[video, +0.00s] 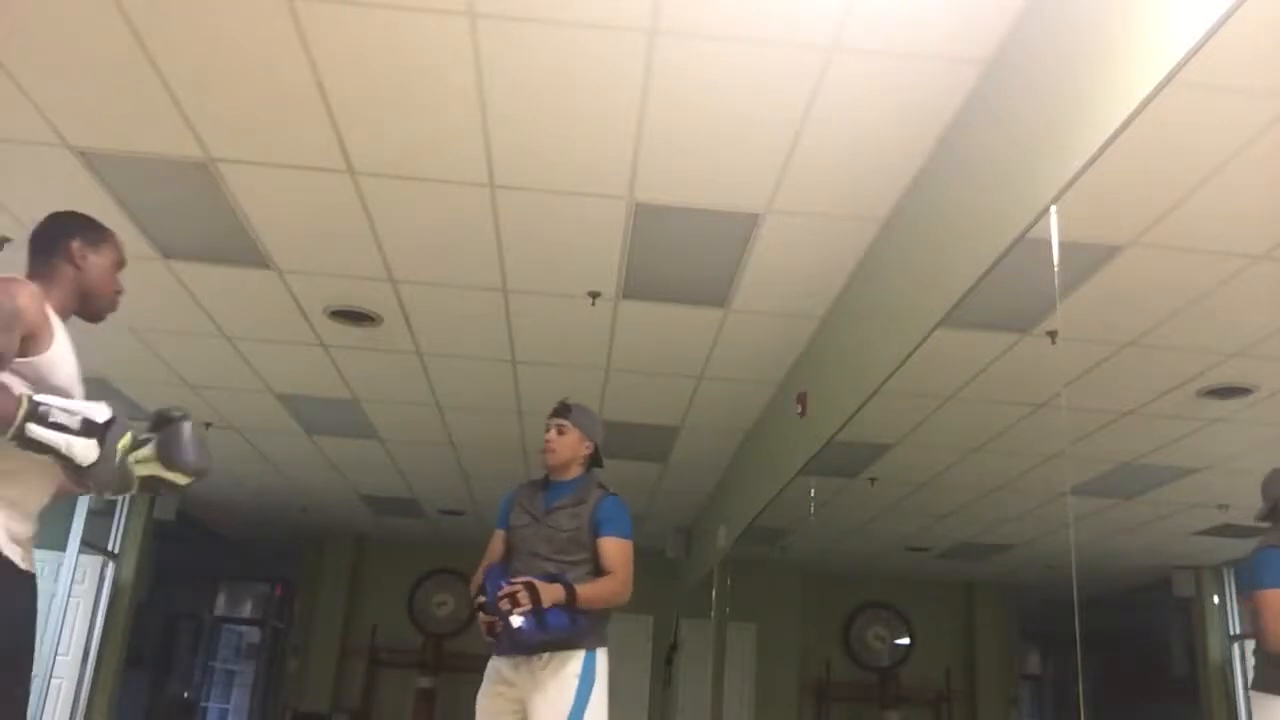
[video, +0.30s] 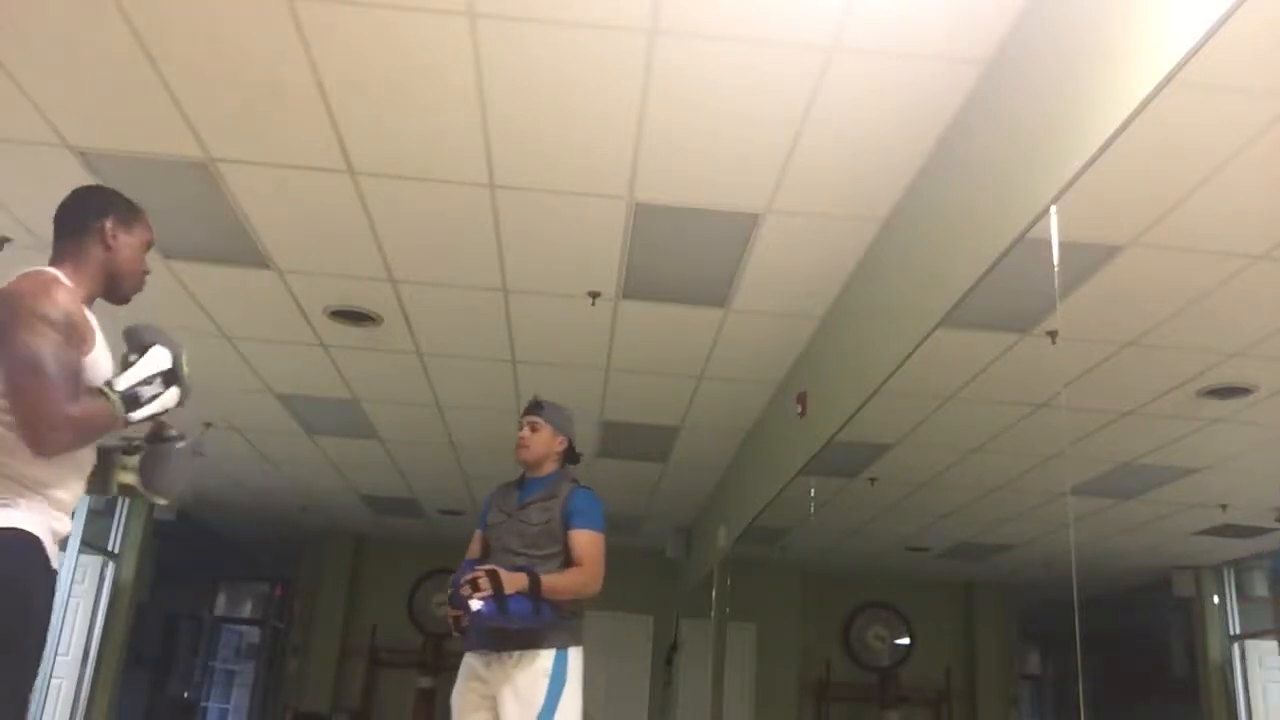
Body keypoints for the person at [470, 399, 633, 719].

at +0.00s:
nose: (548, 437)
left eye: (561, 431)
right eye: (547, 430)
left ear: (587, 447)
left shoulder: (605, 506)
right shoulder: (518, 499)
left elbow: (620, 587)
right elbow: (488, 567)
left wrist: (555, 593)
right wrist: (485, 603)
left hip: (569, 664)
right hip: (507, 660)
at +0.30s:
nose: (521, 434)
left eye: (533, 427)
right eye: (521, 427)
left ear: (560, 443)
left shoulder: (579, 500)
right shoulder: (499, 498)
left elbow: (590, 579)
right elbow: (471, 564)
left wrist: (520, 581)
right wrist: (461, 601)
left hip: (542, 660)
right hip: (482, 656)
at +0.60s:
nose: (492, 430)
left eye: (505, 423)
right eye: (491, 424)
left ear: (530, 439)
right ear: (486, 434)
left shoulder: (544, 493)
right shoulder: (469, 495)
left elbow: (552, 570)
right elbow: (437, 556)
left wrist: (480, 568)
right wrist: (417, 590)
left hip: (503, 654)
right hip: (444, 648)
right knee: (434, 713)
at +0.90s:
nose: (468, 432)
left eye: (480, 425)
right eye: (465, 424)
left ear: (505, 439)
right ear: (460, 432)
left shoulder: (520, 492)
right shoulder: (439, 493)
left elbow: (533, 568)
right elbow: (409, 551)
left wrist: (462, 545)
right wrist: (394, 592)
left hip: (480, 639)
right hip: (425, 637)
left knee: (466, 713)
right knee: (412, 713)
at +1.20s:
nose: (457, 423)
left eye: (470, 416)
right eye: (454, 415)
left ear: (493, 435)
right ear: (447, 426)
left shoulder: (507, 487)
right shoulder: (419, 487)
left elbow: (531, 563)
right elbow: (386, 549)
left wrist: (489, 517)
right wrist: (369, 587)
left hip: (466, 639)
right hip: (410, 638)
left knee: (453, 713)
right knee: (407, 714)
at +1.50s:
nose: (443, 408)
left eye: (457, 403)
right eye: (441, 401)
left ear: (480, 424)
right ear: (432, 413)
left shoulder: (489, 488)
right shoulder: (404, 476)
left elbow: (506, 575)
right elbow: (366, 542)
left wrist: (442, 572)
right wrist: (347, 581)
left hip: (445, 640)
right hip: (390, 637)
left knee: (427, 712)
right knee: (387, 712)